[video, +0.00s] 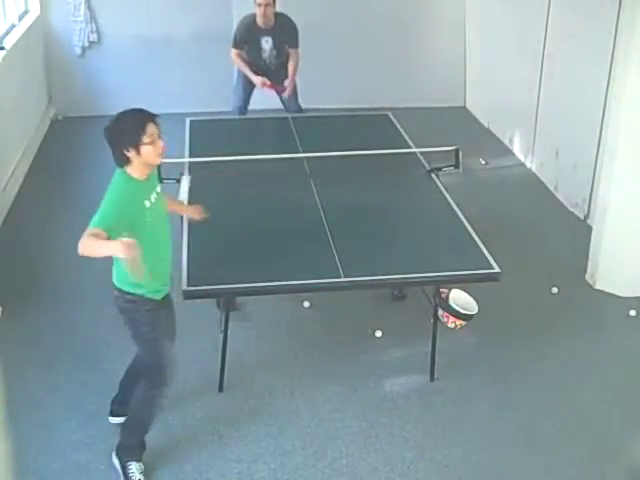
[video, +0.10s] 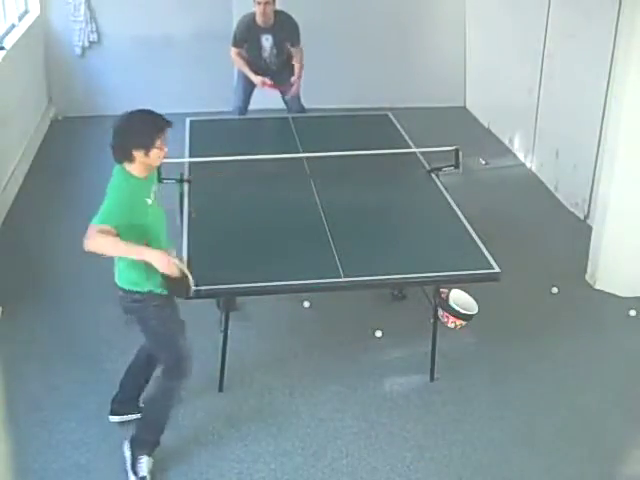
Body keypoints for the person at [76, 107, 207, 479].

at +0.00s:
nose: (162, 144)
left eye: (159, 137)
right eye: (153, 139)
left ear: (146, 146)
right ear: (131, 150)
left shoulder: (152, 173)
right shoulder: (121, 191)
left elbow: (153, 201)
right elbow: (86, 244)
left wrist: (185, 209)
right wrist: (117, 246)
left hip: (159, 288)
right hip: (135, 297)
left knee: (155, 351)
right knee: (158, 370)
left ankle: (121, 406)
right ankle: (129, 454)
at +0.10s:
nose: (165, 150)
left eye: (164, 143)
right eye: (159, 145)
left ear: (137, 152)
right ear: (138, 153)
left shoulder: (143, 174)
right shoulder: (122, 188)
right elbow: (94, 240)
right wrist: (151, 254)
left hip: (155, 288)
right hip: (141, 295)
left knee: (159, 342)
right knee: (175, 365)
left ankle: (124, 404)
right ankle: (142, 446)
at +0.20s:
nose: (167, 156)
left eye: (167, 149)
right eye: (164, 150)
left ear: (133, 146)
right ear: (150, 151)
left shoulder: (118, 173)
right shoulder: (138, 191)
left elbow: (103, 215)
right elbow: (139, 244)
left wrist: (141, 226)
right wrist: (174, 267)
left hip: (133, 284)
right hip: (147, 293)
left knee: (161, 337)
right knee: (187, 358)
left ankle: (124, 405)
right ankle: (157, 442)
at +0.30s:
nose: (173, 153)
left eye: (173, 146)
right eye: (172, 147)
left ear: (133, 144)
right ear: (163, 151)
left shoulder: (115, 178)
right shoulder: (157, 192)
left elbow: (84, 213)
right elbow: (173, 241)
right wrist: (201, 266)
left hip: (130, 287)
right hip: (155, 295)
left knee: (155, 337)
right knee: (198, 359)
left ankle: (124, 407)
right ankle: (174, 445)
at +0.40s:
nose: (180, 146)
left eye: (176, 140)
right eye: (180, 141)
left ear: (141, 142)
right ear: (175, 147)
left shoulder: (121, 180)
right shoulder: (175, 187)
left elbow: (86, 216)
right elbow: (196, 235)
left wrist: (53, 236)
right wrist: (217, 265)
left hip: (134, 287)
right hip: (165, 295)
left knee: (152, 335)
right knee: (207, 356)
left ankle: (124, 409)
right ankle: (195, 445)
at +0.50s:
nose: (192, 148)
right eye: (192, 144)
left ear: (152, 145)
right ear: (187, 150)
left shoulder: (131, 185)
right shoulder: (194, 189)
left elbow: (96, 226)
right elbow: (219, 233)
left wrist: (55, 259)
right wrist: (237, 270)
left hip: (141, 293)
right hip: (175, 299)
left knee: (151, 338)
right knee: (221, 356)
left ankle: (126, 409)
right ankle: (221, 446)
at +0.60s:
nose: (206, 150)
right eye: (207, 146)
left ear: (171, 148)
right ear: (204, 152)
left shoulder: (149, 190)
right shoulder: (214, 196)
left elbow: (115, 245)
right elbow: (248, 242)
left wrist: (78, 286)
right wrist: (257, 283)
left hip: (155, 299)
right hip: (193, 306)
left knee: (154, 347)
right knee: (239, 366)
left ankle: (125, 410)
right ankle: (252, 449)